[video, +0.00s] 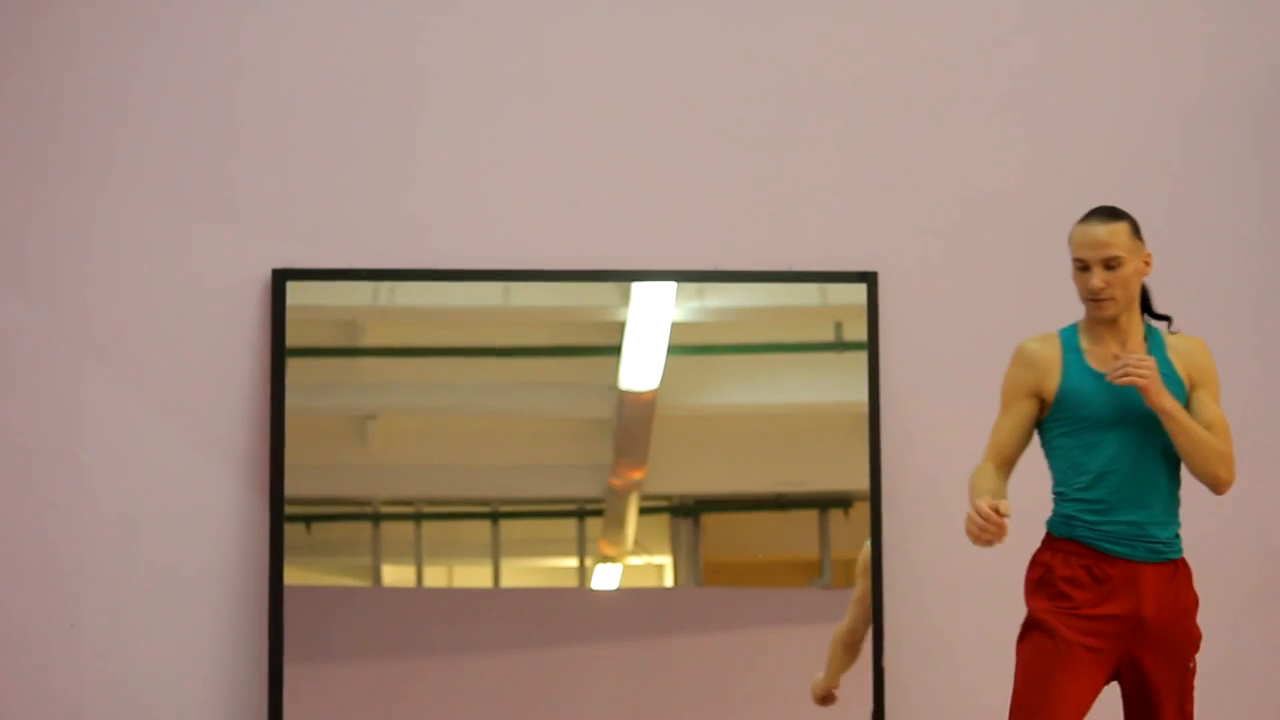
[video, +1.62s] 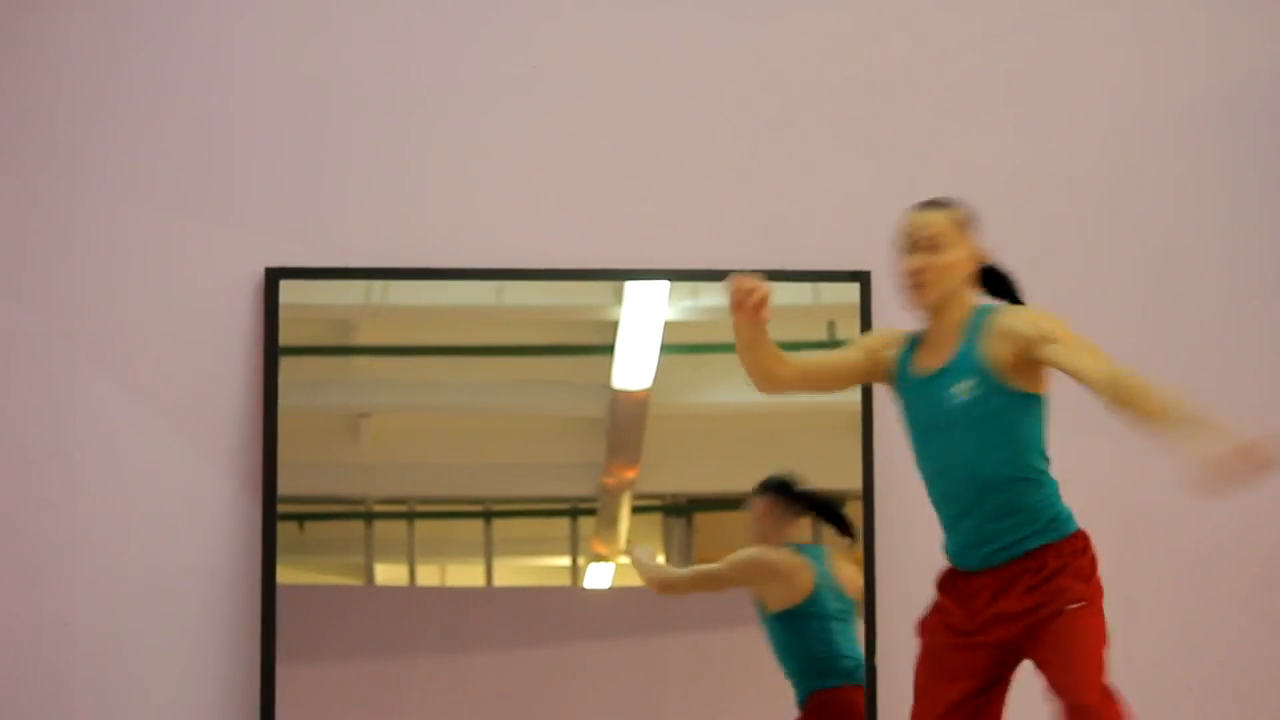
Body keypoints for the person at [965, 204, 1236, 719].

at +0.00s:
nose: (1096, 282)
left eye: (1111, 265)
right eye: (1083, 268)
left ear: (1144, 264)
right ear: (1072, 272)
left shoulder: (1186, 354)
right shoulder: (1039, 357)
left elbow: (1220, 474)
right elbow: (995, 462)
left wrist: (1162, 401)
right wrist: (986, 505)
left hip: (1161, 590)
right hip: (1072, 586)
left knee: (1168, 714)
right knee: (1036, 712)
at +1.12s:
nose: (1105, 266)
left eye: (1123, 250)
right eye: (1095, 254)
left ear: (1161, 260)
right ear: (1087, 266)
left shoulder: (1203, 357)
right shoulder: (1052, 351)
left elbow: (1214, 449)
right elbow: (1001, 459)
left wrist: (1113, 399)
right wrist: (980, 558)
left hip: (1148, 596)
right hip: (1058, 589)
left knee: (1152, 712)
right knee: (1024, 712)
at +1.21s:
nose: (1090, 273)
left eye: (1108, 257)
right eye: (1082, 260)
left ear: (1149, 268)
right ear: (1074, 272)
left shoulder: (1190, 363)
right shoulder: (1037, 362)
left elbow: (1167, 456)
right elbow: (1009, 486)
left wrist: (1050, 413)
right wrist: (978, 597)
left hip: (1136, 606)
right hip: (1043, 599)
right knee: (1005, 711)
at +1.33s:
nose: (1059, 289)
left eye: (1077, 274)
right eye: (1050, 277)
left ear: (1118, 285)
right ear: (1043, 291)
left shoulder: (1143, 366)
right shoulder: (1030, 386)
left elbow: (1041, 398)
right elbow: (988, 497)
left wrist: (961, 370)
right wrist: (895, 575)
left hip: (1109, 626)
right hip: (1014, 622)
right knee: (970, 711)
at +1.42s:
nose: (1037, 290)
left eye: (1055, 275)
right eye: (1029, 278)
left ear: (1095, 285)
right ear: (1020, 288)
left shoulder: (1113, 366)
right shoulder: (1007, 394)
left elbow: (995, 381)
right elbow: (926, 484)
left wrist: (905, 326)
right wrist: (807, 495)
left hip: (1081, 620)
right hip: (985, 620)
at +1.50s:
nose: (1008, 276)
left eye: (1026, 262)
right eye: (1000, 264)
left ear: (1067, 273)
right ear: (993, 275)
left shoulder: (1093, 362)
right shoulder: (969, 364)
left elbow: (1031, 409)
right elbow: (864, 433)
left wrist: (917, 357)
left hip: (1055, 606)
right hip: (956, 611)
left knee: (1154, 715)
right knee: (928, 712)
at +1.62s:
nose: (915, 261)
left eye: (931, 245)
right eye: (907, 249)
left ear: (973, 254)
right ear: (899, 266)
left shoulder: (1012, 329)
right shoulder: (893, 352)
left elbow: (1115, 383)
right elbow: (775, 373)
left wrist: (1210, 436)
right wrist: (747, 327)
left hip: (1052, 572)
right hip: (968, 591)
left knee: (1086, 701)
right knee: (934, 713)